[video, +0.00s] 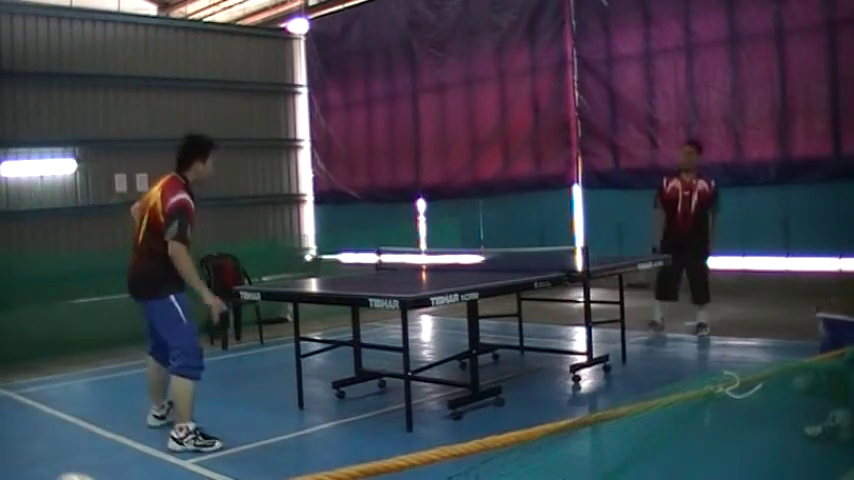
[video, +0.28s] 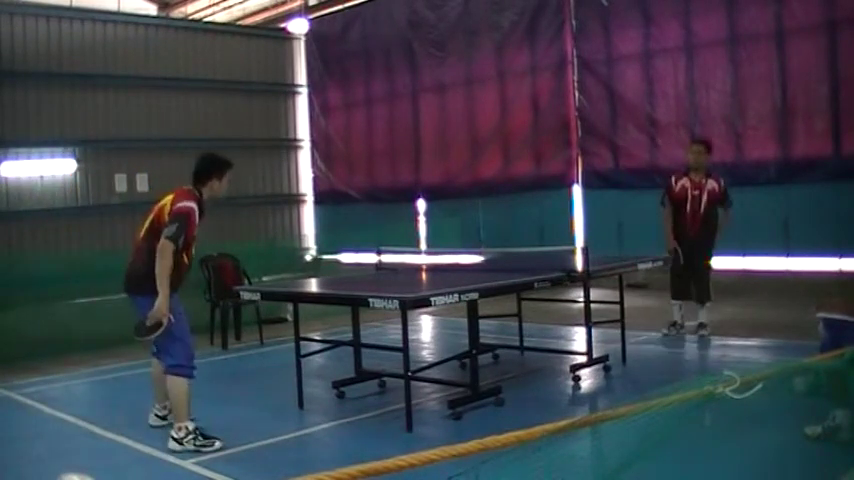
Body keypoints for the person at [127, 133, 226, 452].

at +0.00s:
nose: (211, 169)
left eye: (210, 162)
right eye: (208, 162)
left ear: (186, 161)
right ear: (196, 163)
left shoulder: (165, 184)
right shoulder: (180, 198)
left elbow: (137, 209)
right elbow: (176, 250)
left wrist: (148, 248)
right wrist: (206, 294)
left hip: (145, 283)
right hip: (162, 286)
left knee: (162, 347)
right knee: (187, 352)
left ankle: (159, 408)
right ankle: (183, 431)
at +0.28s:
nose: (225, 186)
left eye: (226, 180)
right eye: (224, 180)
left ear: (203, 178)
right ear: (212, 180)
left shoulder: (179, 199)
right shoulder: (188, 206)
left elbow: (157, 246)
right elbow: (165, 247)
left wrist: (162, 294)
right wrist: (163, 298)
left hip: (145, 287)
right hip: (154, 289)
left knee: (164, 349)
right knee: (180, 355)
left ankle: (162, 408)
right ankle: (182, 430)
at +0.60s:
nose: (230, 194)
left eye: (230, 188)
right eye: (228, 188)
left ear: (208, 185)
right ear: (215, 187)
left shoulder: (185, 201)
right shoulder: (193, 209)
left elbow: (163, 248)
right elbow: (174, 252)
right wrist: (191, 302)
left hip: (145, 283)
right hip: (151, 285)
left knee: (164, 349)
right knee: (172, 354)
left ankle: (162, 408)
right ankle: (182, 429)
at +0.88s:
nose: (227, 188)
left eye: (227, 182)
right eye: (226, 182)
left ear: (203, 179)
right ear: (213, 181)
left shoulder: (182, 198)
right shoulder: (193, 206)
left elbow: (167, 245)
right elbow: (179, 250)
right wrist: (208, 288)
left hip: (142, 284)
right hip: (152, 286)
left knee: (160, 351)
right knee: (171, 357)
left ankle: (162, 409)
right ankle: (182, 430)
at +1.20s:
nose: (225, 179)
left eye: (225, 173)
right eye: (222, 173)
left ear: (201, 173)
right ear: (208, 174)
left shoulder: (181, 194)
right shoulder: (189, 201)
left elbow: (165, 242)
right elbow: (171, 245)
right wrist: (196, 290)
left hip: (147, 283)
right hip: (153, 286)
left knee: (160, 351)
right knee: (170, 356)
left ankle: (162, 409)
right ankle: (181, 429)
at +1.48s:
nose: (211, 162)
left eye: (211, 156)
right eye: (206, 156)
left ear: (188, 160)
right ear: (189, 160)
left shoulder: (171, 186)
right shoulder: (178, 191)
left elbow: (157, 237)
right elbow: (167, 239)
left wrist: (178, 285)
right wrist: (188, 288)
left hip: (156, 283)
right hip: (163, 285)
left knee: (164, 349)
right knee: (173, 354)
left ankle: (162, 409)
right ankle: (182, 429)